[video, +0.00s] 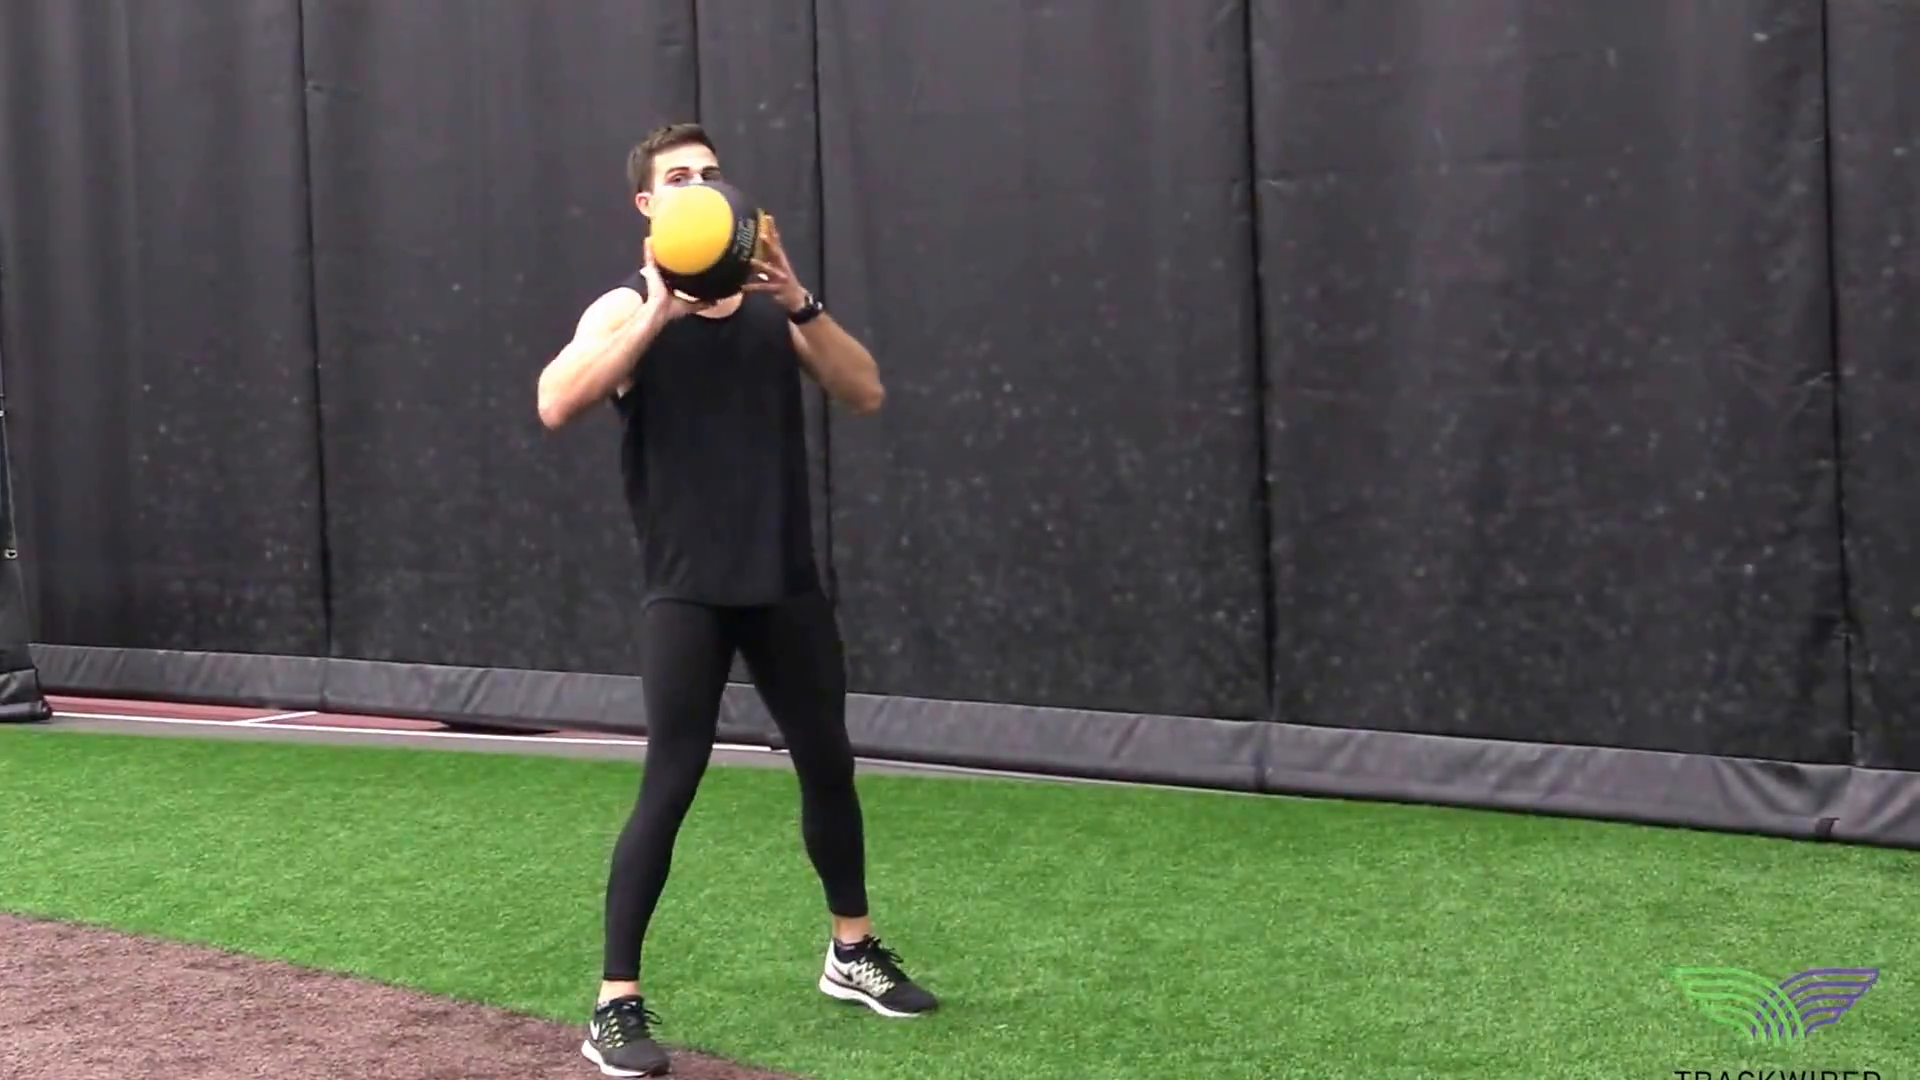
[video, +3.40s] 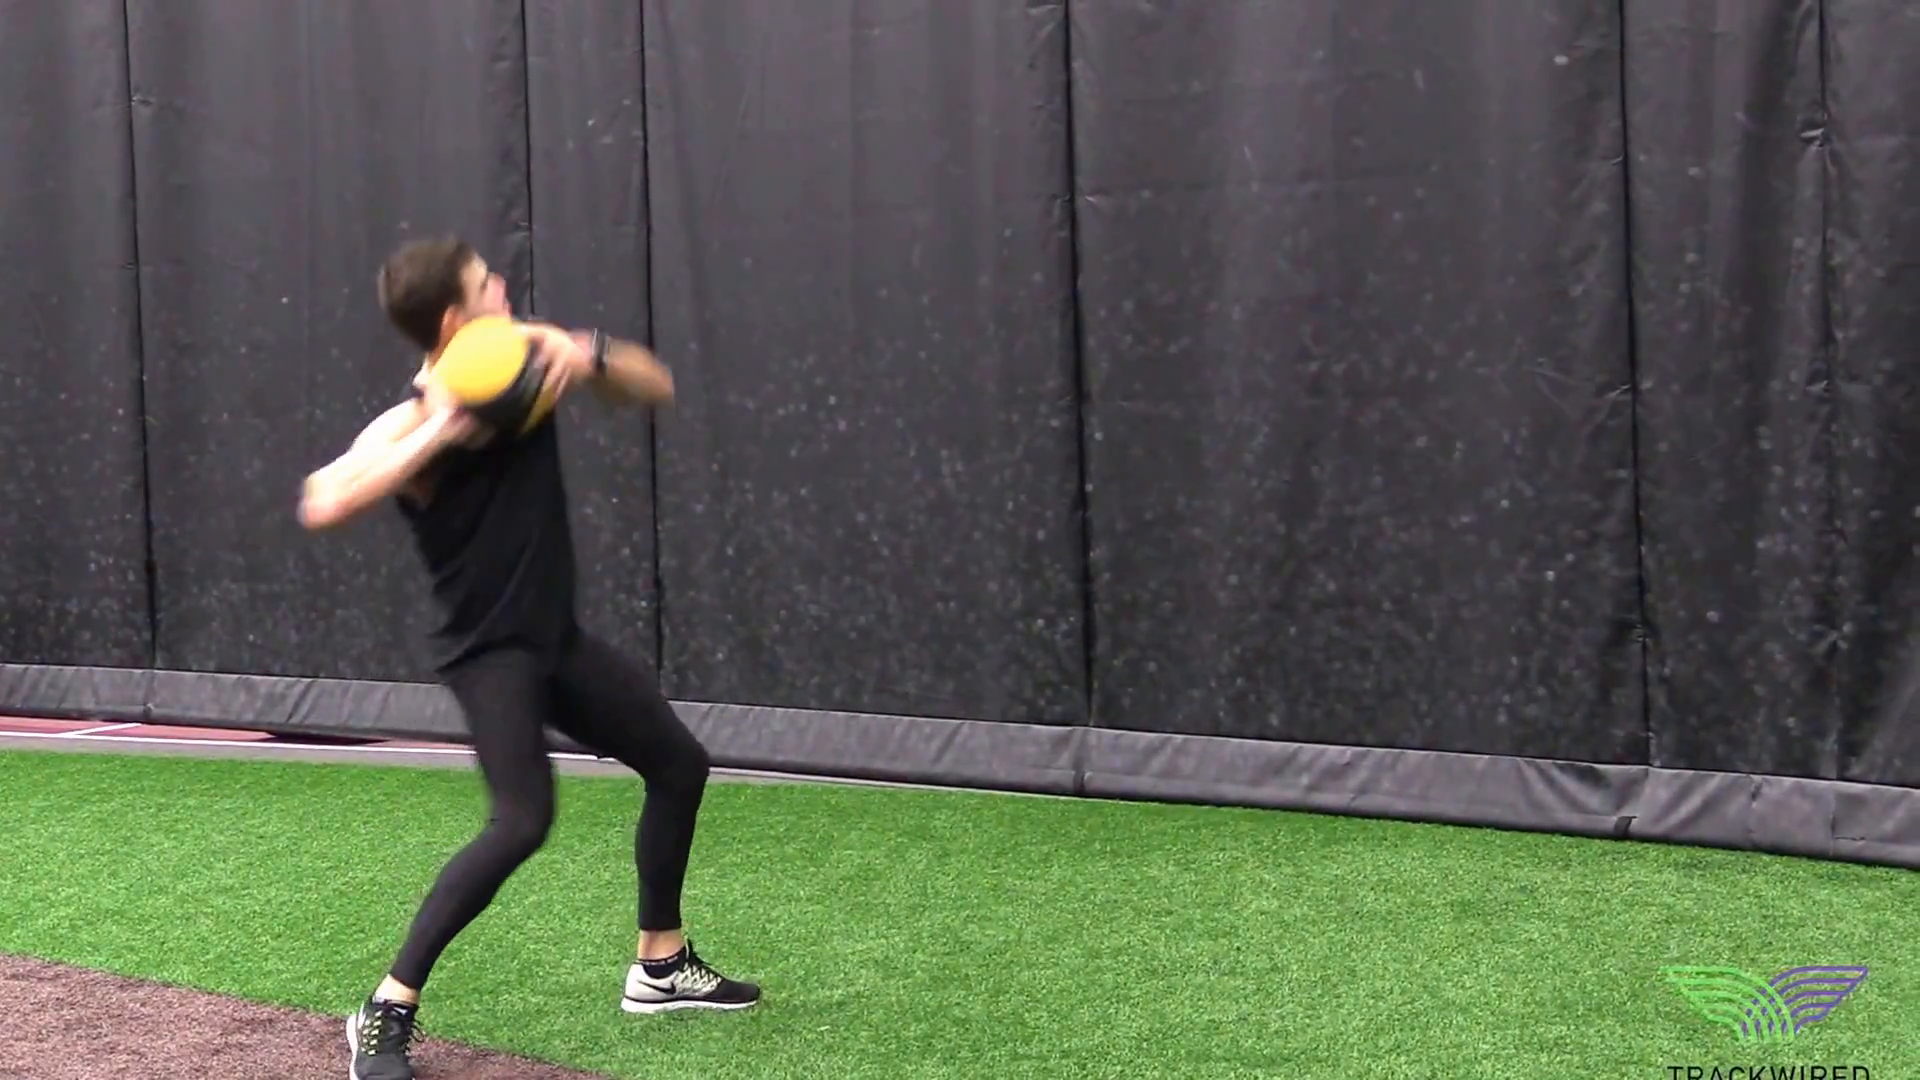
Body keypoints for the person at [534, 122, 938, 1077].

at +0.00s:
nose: (699, 191)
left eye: (708, 177)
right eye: (679, 180)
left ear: (729, 192)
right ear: (644, 205)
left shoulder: (769, 297)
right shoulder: (625, 305)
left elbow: (866, 394)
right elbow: (555, 404)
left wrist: (799, 308)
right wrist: (652, 315)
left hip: (785, 571)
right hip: (687, 579)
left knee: (829, 763)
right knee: (670, 779)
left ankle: (853, 949)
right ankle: (619, 997)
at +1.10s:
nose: (716, 213)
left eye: (721, 198)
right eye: (695, 199)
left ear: (728, 214)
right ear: (643, 216)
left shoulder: (751, 308)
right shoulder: (597, 302)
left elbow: (841, 422)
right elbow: (457, 314)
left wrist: (792, 342)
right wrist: (578, 313)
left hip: (720, 585)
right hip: (618, 582)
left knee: (747, 765)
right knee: (596, 753)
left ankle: (771, 959)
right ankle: (528, 972)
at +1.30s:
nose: (615, 230)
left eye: (619, 213)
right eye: (594, 216)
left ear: (627, 224)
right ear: (543, 233)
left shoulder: (668, 315)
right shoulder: (498, 312)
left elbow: (750, 428)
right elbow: (355, 331)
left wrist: (685, 360)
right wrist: (482, 333)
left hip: (639, 588)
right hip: (530, 584)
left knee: (671, 772)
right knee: (496, 761)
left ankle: (698, 962)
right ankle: (420, 980)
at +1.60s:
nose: (523, 278)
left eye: (527, 260)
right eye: (500, 267)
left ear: (537, 264)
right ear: (452, 284)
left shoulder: (583, 345)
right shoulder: (417, 354)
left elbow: (671, 462)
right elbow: (259, 373)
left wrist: (580, 422)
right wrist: (376, 388)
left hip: (579, 612)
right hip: (470, 612)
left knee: (648, 779)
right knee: (436, 789)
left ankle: (683, 961)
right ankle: (377, 1004)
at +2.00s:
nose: (441, 376)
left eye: (440, 354)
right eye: (417, 368)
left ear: (448, 346)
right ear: (367, 384)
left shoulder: (501, 412)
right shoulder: (328, 427)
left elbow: (585, 535)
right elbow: (172, 441)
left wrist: (486, 518)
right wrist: (275, 473)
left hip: (535, 619)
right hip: (424, 636)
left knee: (631, 781)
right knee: (409, 800)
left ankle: (692, 933)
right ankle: (377, 1011)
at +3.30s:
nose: (494, 338)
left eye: (486, 326)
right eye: (475, 337)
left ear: (481, 339)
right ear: (431, 370)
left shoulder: (529, 382)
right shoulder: (384, 451)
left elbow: (648, 457)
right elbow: (249, 517)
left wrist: (569, 429)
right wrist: (372, 483)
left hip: (539, 651)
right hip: (454, 667)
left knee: (680, 770)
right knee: (492, 822)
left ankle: (657, 965)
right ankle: (390, 1013)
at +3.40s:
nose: (501, 287)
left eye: (493, 276)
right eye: (485, 283)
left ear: (469, 307)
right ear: (450, 316)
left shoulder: (527, 360)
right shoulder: (410, 417)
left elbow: (656, 386)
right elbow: (319, 504)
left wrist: (590, 355)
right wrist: (433, 432)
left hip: (557, 637)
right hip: (487, 651)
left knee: (679, 767)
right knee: (521, 818)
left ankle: (662, 963)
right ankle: (392, 1002)